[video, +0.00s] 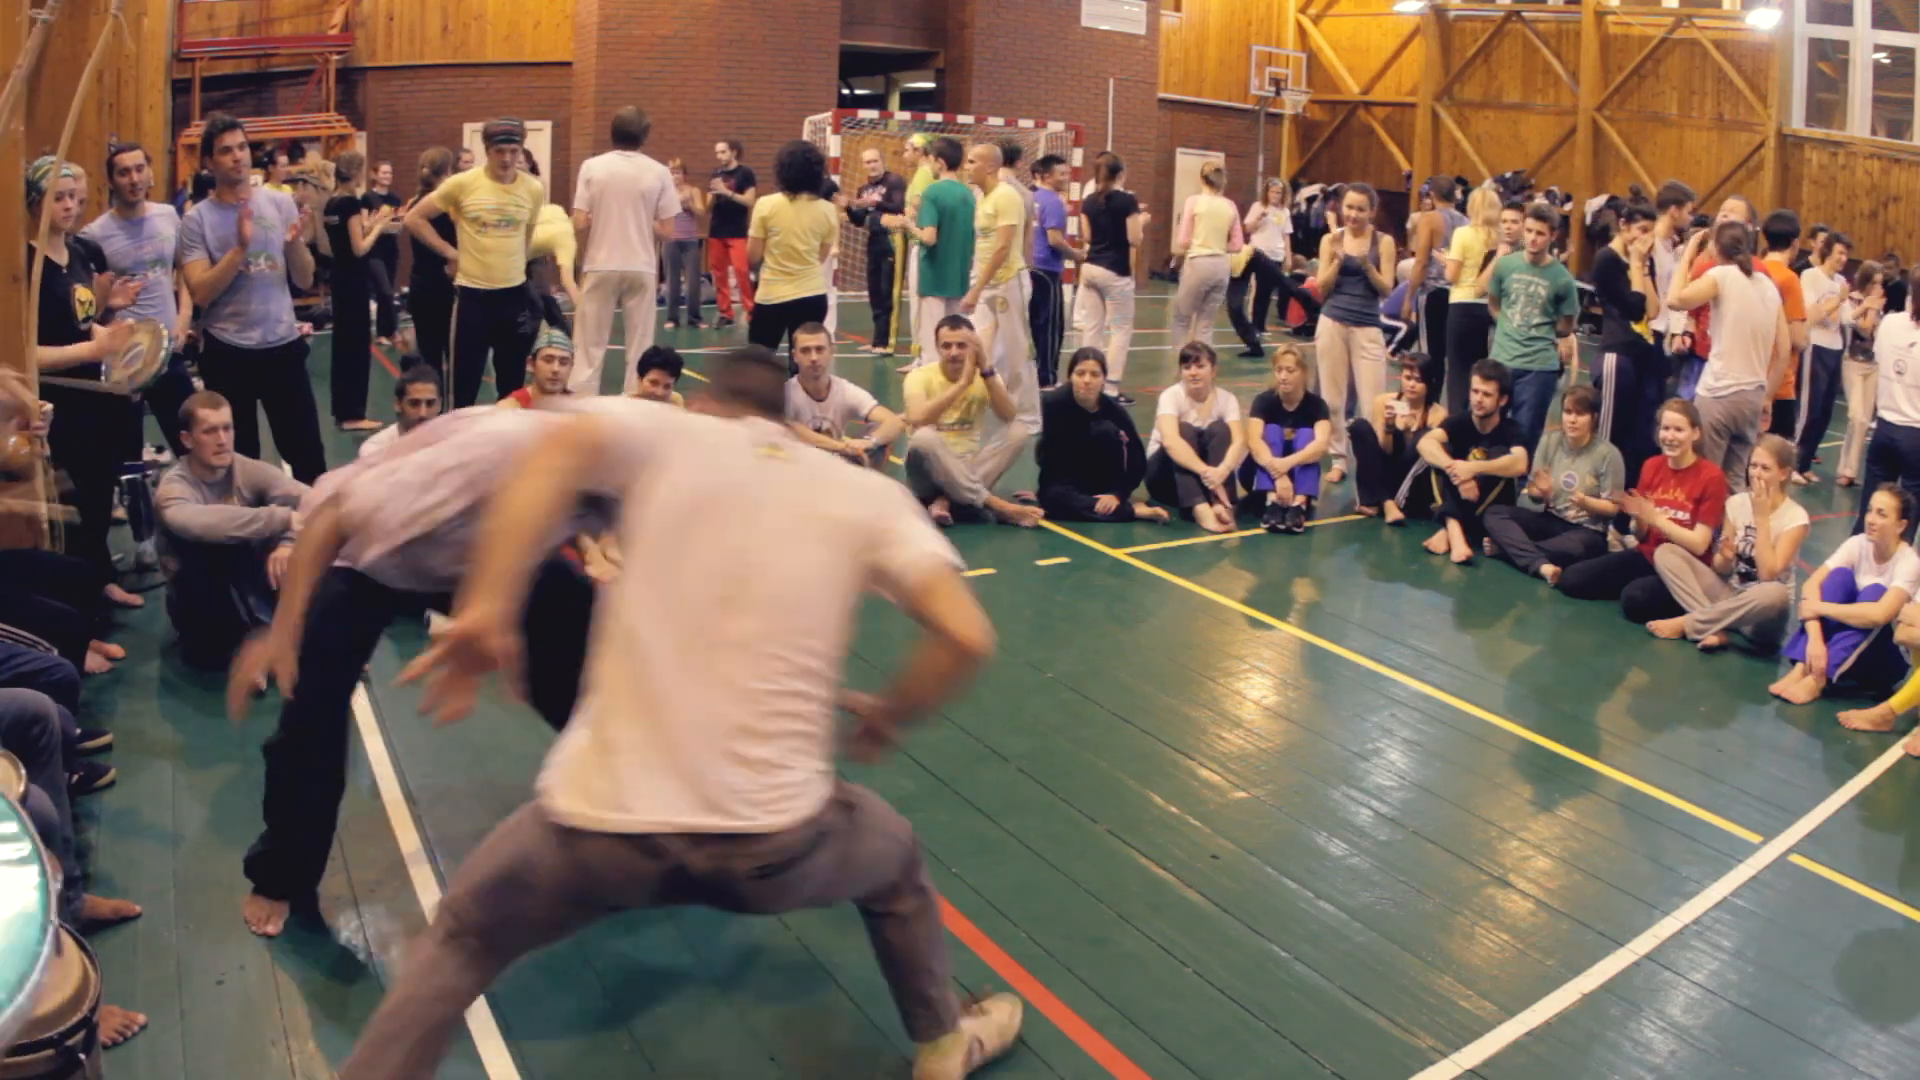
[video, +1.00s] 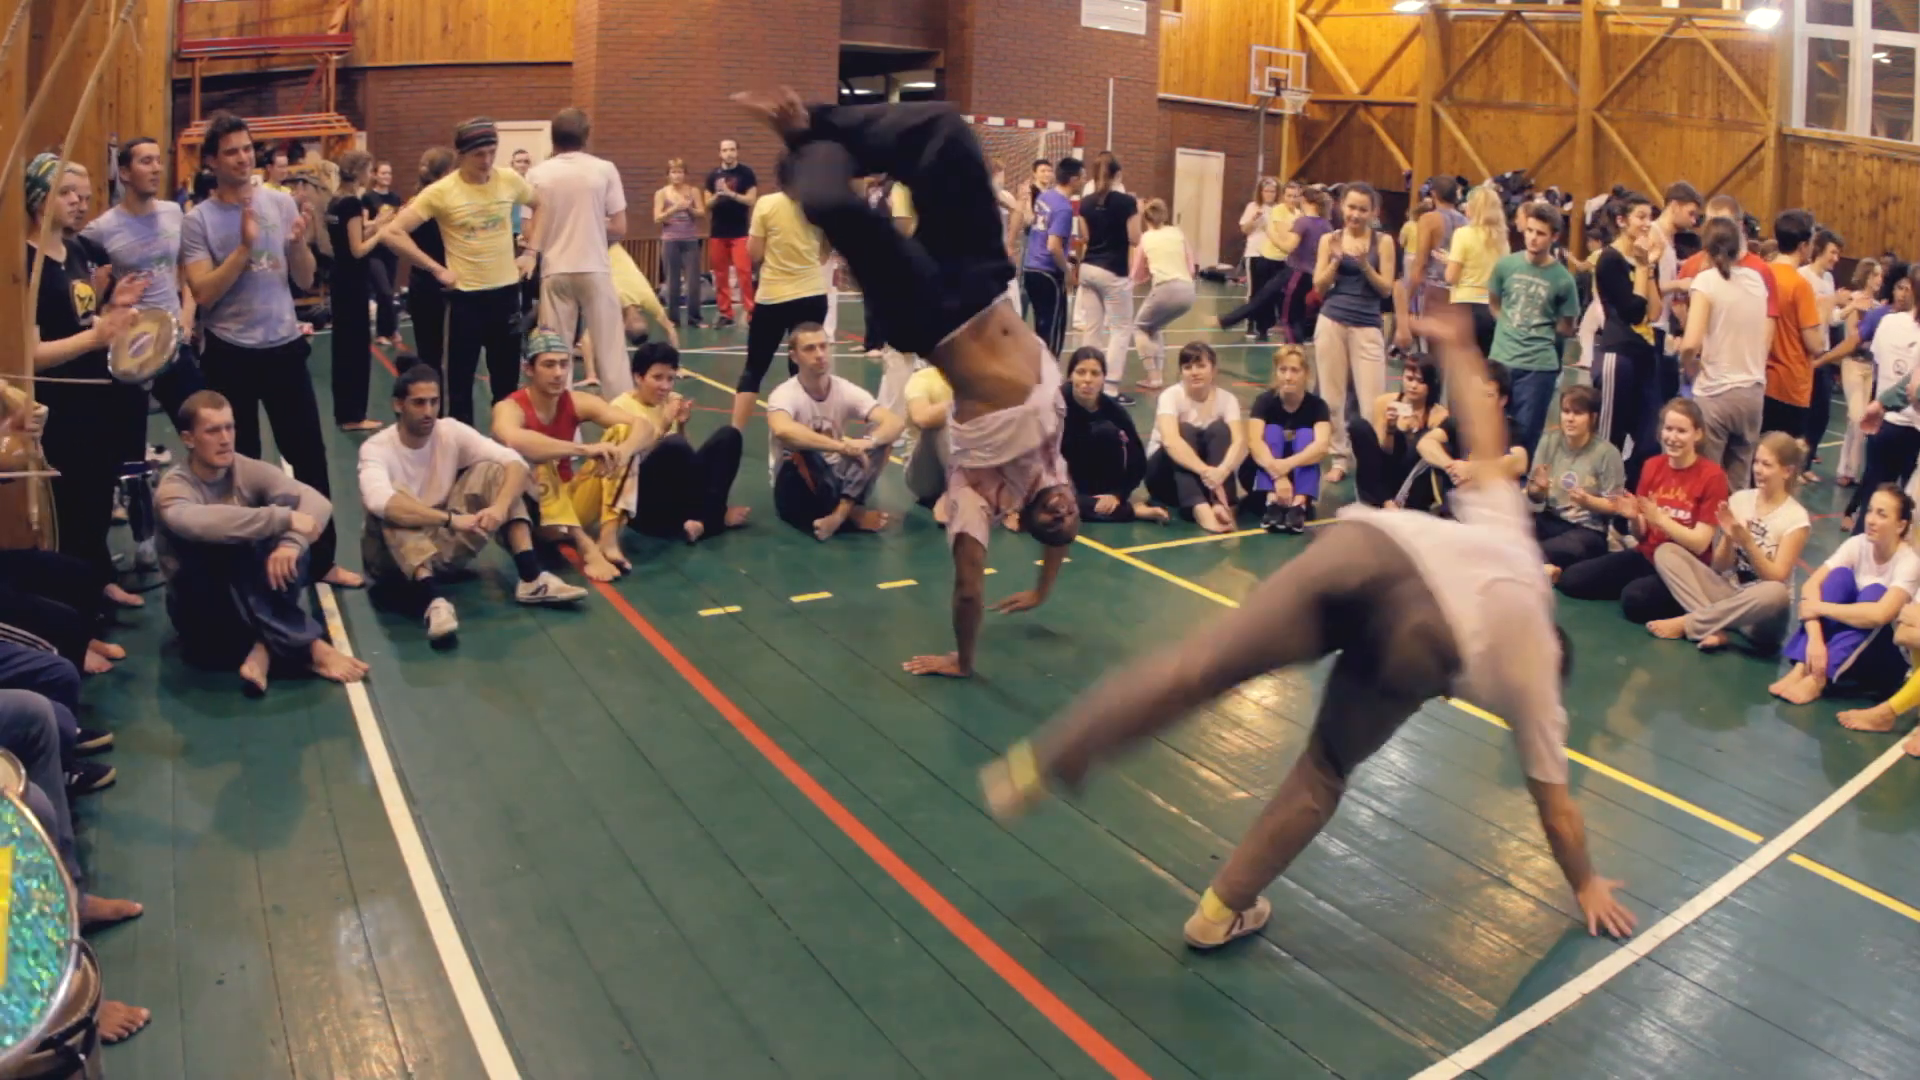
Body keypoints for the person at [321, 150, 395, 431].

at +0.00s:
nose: (368, 176)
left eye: (367, 171)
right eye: (366, 172)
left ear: (340, 172)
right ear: (358, 174)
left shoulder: (331, 204)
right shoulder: (353, 204)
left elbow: (339, 245)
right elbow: (359, 247)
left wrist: (367, 224)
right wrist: (377, 227)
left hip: (340, 278)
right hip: (355, 280)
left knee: (345, 341)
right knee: (357, 343)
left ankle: (344, 411)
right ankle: (352, 414)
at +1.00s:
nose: (372, 176)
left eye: (372, 171)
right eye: (369, 171)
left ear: (347, 172)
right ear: (359, 174)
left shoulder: (336, 202)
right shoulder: (353, 205)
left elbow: (345, 240)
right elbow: (358, 248)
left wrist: (371, 225)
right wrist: (382, 230)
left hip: (341, 277)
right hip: (355, 280)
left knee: (346, 341)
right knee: (357, 343)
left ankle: (346, 412)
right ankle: (352, 415)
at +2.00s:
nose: (367, 176)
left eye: (367, 170)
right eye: (365, 171)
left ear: (341, 173)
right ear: (354, 174)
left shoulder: (333, 204)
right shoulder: (348, 204)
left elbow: (347, 244)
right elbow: (358, 247)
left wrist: (372, 224)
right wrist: (380, 227)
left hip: (344, 278)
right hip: (355, 280)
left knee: (348, 342)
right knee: (358, 343)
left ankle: (345, 411)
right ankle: (352, 414)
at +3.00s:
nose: (365, 175)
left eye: (364, 170)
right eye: (363, 170)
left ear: (338, 172)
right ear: (352, 173)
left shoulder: (329, 205)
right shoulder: (348, 205)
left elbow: (344, 244)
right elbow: (356, 249)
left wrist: (369, 226)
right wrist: (380, 229)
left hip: (339, 278)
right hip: (354, 281)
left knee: (345, 342)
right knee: (358, 343)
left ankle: (346, 413)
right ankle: (355, 416)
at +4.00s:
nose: (367, 176)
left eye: (366, 170)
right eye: (365, 171)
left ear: (341, 171)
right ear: (356, 173)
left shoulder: (331, 204)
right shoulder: (349, 205)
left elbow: (337, 245)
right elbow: (355, 249)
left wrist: (372, 227)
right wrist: (376, 228)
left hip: (338, 278)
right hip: (353, 280)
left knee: (345, 342)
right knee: (357, 344)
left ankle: (346, 413)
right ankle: (355, 416)